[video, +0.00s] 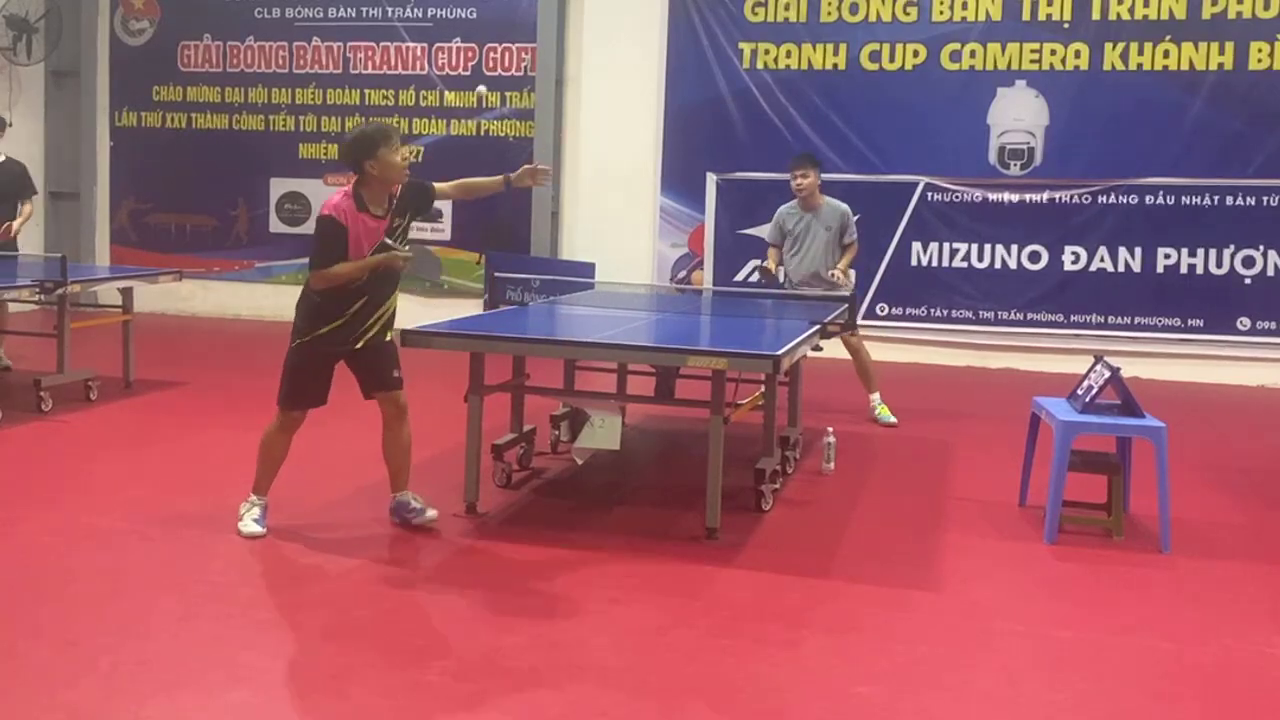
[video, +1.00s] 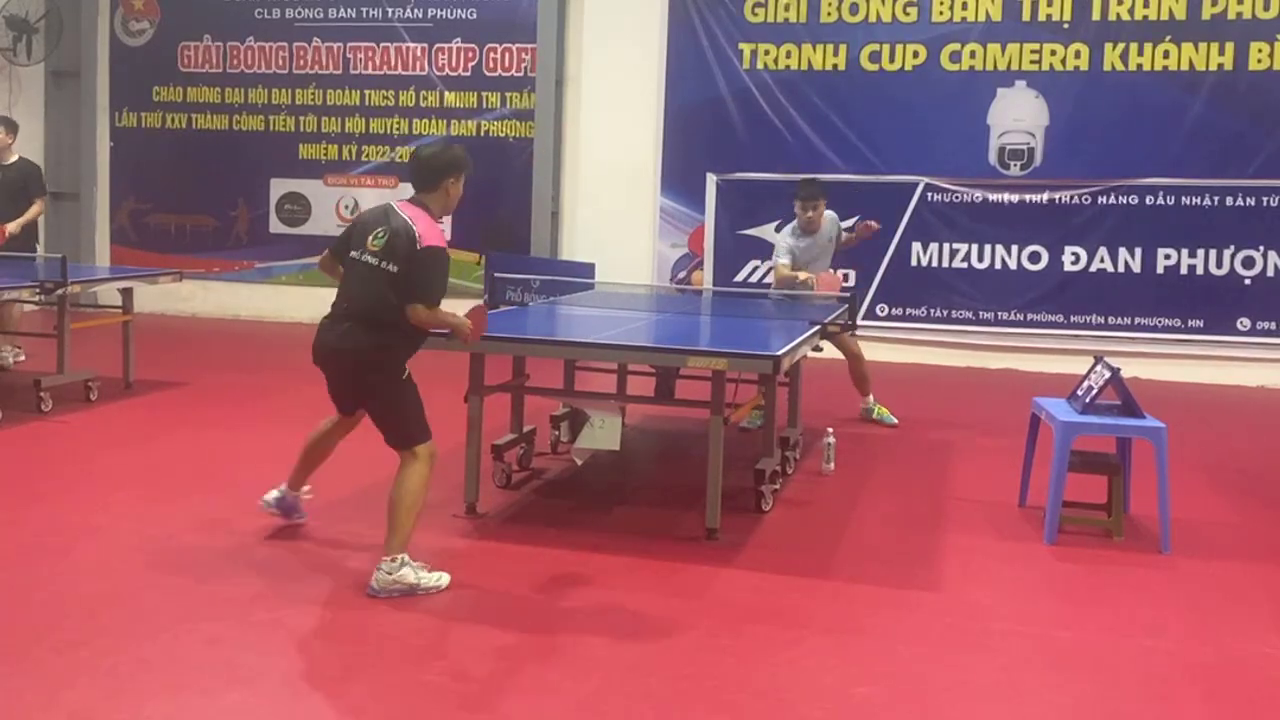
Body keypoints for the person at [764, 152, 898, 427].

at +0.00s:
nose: (798, 183)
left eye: (804, 177)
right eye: (794, 178)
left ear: (818, 179)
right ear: (790, 182)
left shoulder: (840, 212)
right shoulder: (784, 214)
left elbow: (851, 245)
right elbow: (774, 246)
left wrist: (841, 267)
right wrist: (772, 263)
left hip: (833, 295)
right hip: (794, 295)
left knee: (853, 342)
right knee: (777, 342)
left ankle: (876, 401)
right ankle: (766, 391)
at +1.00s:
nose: (809, 214)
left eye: (815, 208)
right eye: (804, 209)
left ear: (824, 207)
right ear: (795, 208)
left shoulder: (831, 219)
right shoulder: (786, 237)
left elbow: (838, 243)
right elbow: (779, 276)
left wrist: (857, 236)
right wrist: (798, 275)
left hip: (818, 304)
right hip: (783, 304)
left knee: (853, 350)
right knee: (770, 350)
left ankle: (868, 404)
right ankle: (760, 405)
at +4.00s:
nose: (777, 214)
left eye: (781, 209)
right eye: (773, 209)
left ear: (790, 210)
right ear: (767, 210)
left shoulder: (801, 229)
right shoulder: (756, 237)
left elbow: (809, 248)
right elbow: (746, 267)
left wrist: (815, 266)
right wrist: (765, 284)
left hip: (793, 291)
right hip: (763, 293)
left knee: (820, 317)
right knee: (759, 328)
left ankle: (818, 364)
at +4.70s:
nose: (844, 204)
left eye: (849, 199)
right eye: (840, 200)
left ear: (858, 203)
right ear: (835, 205)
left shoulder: (876, 229)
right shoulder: (828, 234)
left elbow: (886, 259)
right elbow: (817, 261)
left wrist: (886, 286)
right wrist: (814, 267)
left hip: (871, 291)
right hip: (838, 292)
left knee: (886, 331)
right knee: (808, 323)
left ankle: (909, 375)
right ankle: (800, 365)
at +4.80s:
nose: (828, 196)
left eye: (833, 191)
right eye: (824, 191)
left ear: (842, 193)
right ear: (819, 195)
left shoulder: (860, 220)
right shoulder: (811, 225)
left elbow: (870, 246)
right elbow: (800, 251)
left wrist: (866, 265)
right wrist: (798, 262)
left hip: (854, 286)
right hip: (821, 286)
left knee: (873, 328)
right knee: (800, 321)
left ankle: (902, 373)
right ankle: (801, 365)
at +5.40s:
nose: (729, 221)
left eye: (732, 215)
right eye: (726, 218)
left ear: (745, 214)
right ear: (726, 222)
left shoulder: (757, 233)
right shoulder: (748, 235)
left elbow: (741, 268)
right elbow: (758, 264)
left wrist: (713, 261)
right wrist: (749, 269)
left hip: (791, 291)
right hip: (772, 292)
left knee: (810, 334)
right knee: (775, 333)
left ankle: (841, 365)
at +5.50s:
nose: (719, 211)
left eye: (721, 205)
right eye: (716, 207)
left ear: (734, 202)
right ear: (718, 209)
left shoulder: (751, 221)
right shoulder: (735, 230)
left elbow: (761, 254)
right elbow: (747, 262)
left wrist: (732, 254)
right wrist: (733, 270)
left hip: (777, 285)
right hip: (749, 285)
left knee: (801, 324)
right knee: (719, 311)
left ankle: (830, 359)